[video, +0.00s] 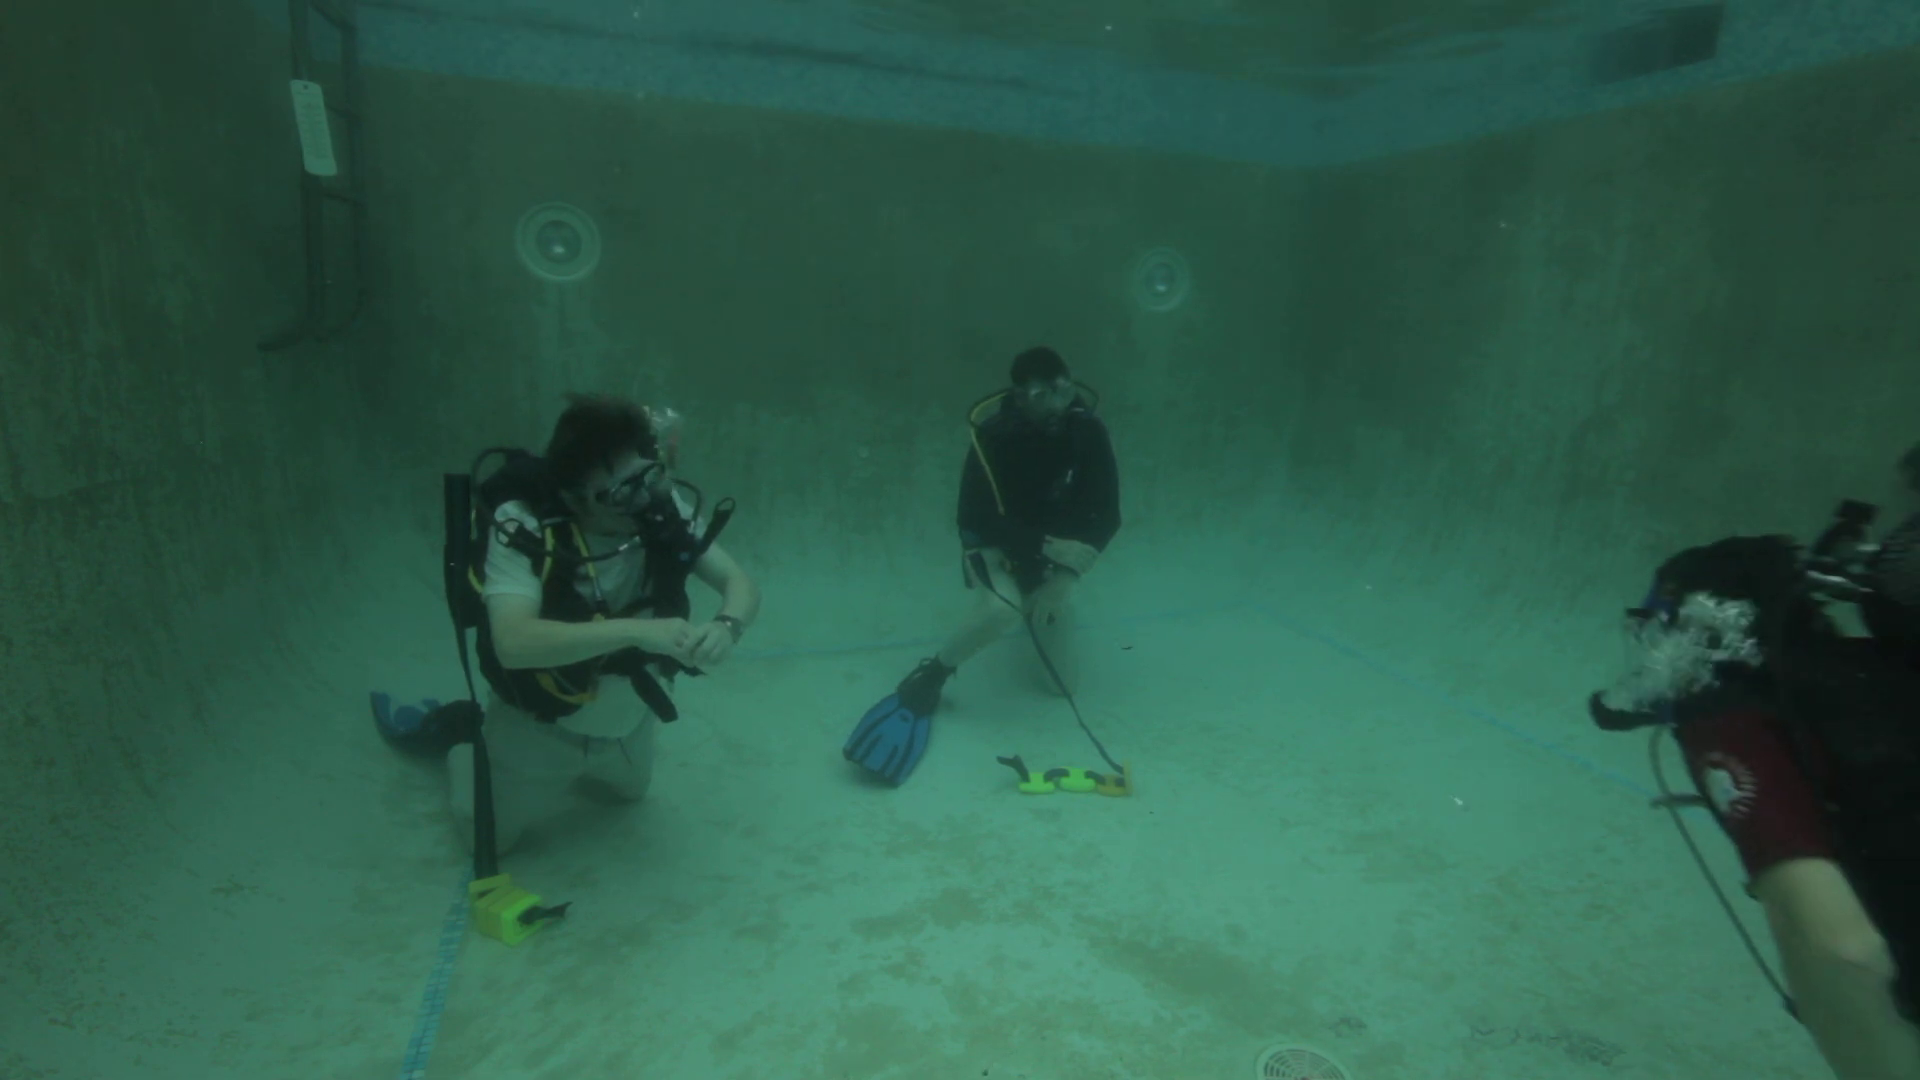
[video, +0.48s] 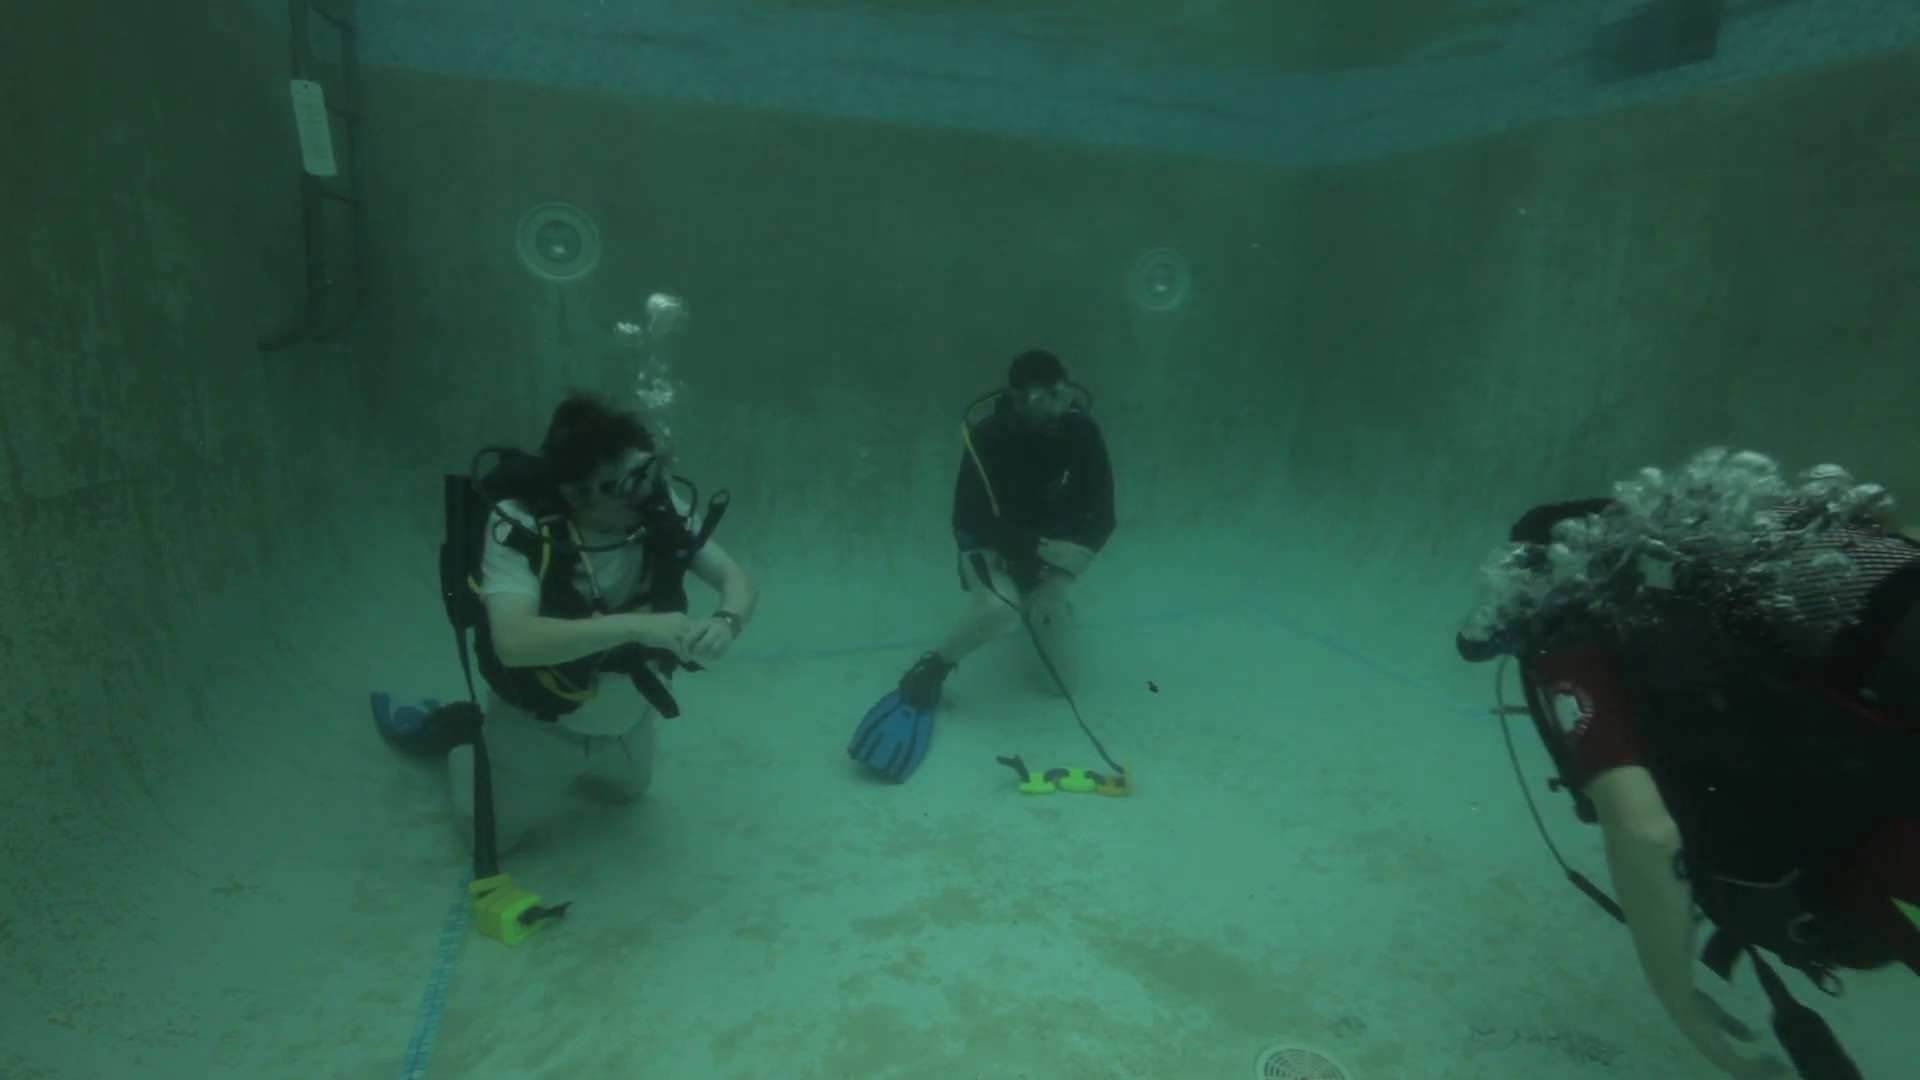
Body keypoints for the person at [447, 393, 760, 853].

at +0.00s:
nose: (647, 499)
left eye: (650, 478)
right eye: (625, 490)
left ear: (659, 466)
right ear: (576, 498)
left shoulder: (660, 511)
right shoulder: (521, 526)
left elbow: (741, 585)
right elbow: (513, 643)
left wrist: (727, 625)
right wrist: (639, 631)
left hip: (627, 715)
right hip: (538, 724)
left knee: (629, 787)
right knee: (491, 836)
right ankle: (463, 730)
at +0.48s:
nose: (648, 496)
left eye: (650, 477)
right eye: (628, 485)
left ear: (655, 467)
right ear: (575, 493)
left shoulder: (657, 510)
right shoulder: (517, 526)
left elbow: (739, 581)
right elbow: (513, 642)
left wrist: (727, 622)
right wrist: (638, 626)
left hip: (626, 712)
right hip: (537, 722)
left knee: (628, 786)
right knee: (494, 838)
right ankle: (463, 730)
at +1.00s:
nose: (634, 494)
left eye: (637, 475)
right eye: (614, 483)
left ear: (645, 466)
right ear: (566, 491)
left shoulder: (653, 508)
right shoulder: (510, 528)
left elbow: (721, 583)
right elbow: (538, 632)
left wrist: (733, 627)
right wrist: (652, 576)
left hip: (626, 706)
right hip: (538, 719)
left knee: (627, 787)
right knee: (507, 830)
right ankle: (463, 731)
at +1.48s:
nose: (628, 492)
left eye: (631, 475)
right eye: (609, 483)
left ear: (637, 466)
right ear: (559, 490)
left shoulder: (645, 509)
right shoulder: (502, 533)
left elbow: (718, 590)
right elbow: (571, 597)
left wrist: (721, 641)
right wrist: (671, 533)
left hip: (621, 705)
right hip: (534, 716)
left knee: (628, 785)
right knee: (505, 830)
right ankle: (461, 730)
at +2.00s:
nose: (644, 472)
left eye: (641, 459)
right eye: (628, 465)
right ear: (583, 479)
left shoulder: (637, 514)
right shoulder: (507, 528)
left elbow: (688, 574)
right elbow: (589, 593)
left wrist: (727, 614)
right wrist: (691, 565)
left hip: (623, 704)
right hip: (534, 721)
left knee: (625, 785)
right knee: (499, 835)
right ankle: (458, 729)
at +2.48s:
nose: (675, 475)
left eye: (673, 461)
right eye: (662, 464)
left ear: (623, 470)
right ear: (616, 471)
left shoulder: (638, 510)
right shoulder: (533, 515)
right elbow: (608, 578)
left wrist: (716, 593)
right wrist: (734, 584)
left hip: (606, 701)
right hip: (520, 722)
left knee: (632, 762)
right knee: (495, 833)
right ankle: (455, 725)